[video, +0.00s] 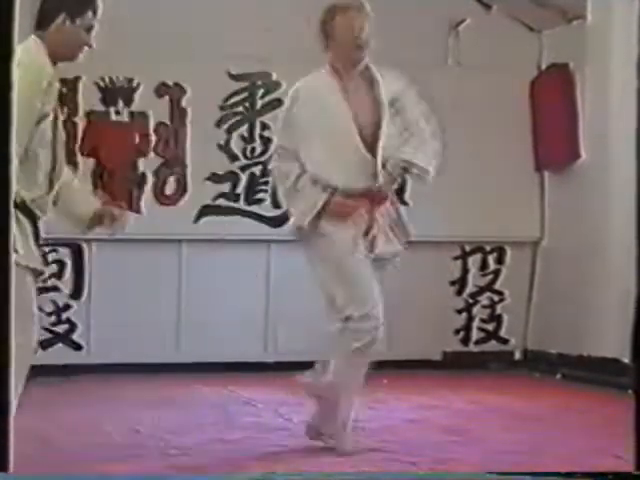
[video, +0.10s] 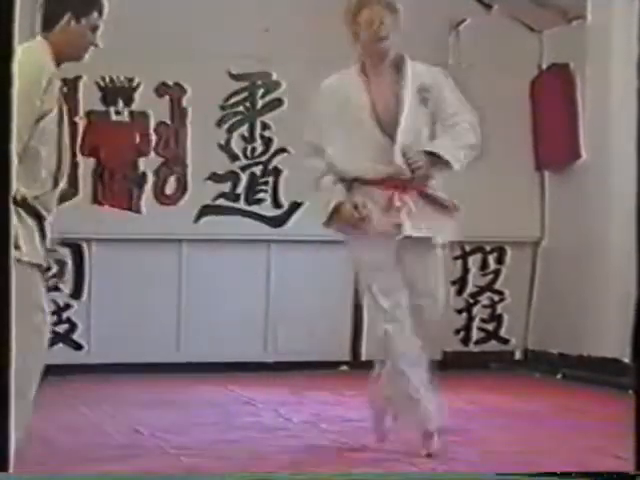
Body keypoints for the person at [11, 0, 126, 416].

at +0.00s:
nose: (90, 42)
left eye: (92, 31)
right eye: (86, 29)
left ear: (61, 23)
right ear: (60, 22)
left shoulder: (43, 75)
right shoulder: (29, 71)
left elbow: (51, 169)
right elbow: (13, 157)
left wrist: (91, 210)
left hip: (25, 226)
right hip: (14, 228)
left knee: (25, 335)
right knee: (21, 335)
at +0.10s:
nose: (94, 41)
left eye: (97, 31)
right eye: (93, 28)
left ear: (68, 23)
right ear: (69, 21)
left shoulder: (47, 71)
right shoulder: (32, 66)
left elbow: (34, 160)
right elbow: (14, 150)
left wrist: (41, 236)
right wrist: (23, 232)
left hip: (32, 226)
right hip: (19, 226)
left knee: (32, 339)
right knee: (29, 339)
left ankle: (13, 452)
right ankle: (10, 453)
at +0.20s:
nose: (102, 41)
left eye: (104, 31)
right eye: (99, 28)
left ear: (76, 25)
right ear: (73, 21)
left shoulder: (55, 74)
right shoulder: (34, 65)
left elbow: (42, 157)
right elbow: (14, 148)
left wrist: (44, 234)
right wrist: (21, 230)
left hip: (36, 225)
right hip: (21, 226)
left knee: (38, 333)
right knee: (35, 333)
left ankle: (25, 451)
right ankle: (21, 454)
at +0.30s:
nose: (115, 42)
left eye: (118, 32)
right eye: (113, 30)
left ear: (88, 26)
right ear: (87, 24)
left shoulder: (65, 76)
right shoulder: (42, 70)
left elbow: (47, 160)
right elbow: (16, 150)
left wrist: (58, 233)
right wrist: (15, 217)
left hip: (47, 226)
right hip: (29, 226)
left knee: (47, 335)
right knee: (46, 336)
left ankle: (47, 445)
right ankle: (47, 448)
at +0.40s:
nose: (124, 41)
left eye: (126, 31)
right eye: (120, 29)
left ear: (95, 26)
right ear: (95, 25)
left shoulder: (70, 76)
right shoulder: (54, 72)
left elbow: (56, 159)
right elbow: (25, 147)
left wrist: (71, 235)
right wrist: (20, 218)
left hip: (57, 226)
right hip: (40, 225)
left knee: (51, 338)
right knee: (54, 339)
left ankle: (51, 450)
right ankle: (57, 455)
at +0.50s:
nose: (133, 36)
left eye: (134, 26)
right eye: (129, 24)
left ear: (99, 22)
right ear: (104, 22)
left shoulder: (66, 69)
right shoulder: (71, 74)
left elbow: (49, 153)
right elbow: (45, 152)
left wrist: (77, 223)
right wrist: (61, 225)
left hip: (58, 227)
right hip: (58, 230)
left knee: (61, 344)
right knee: (67, 346)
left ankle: (57, 449)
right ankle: (60, 454)